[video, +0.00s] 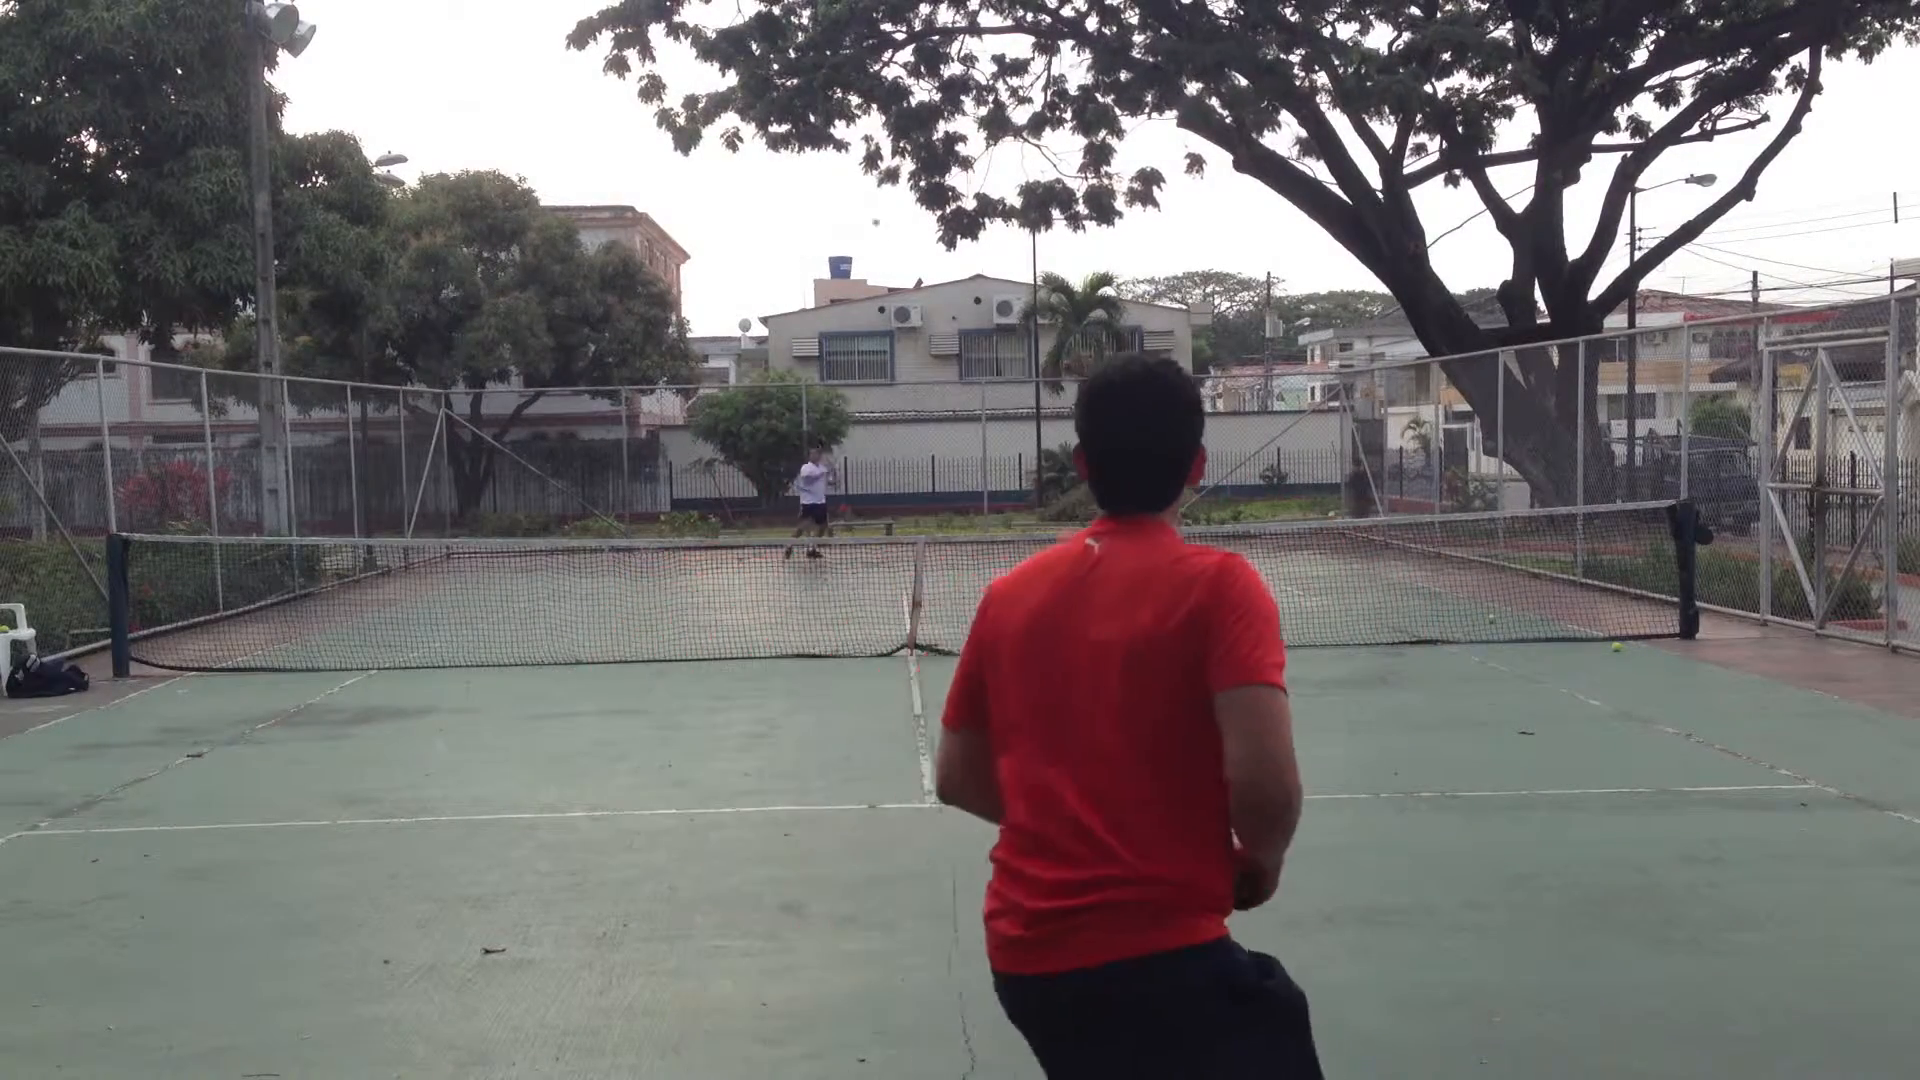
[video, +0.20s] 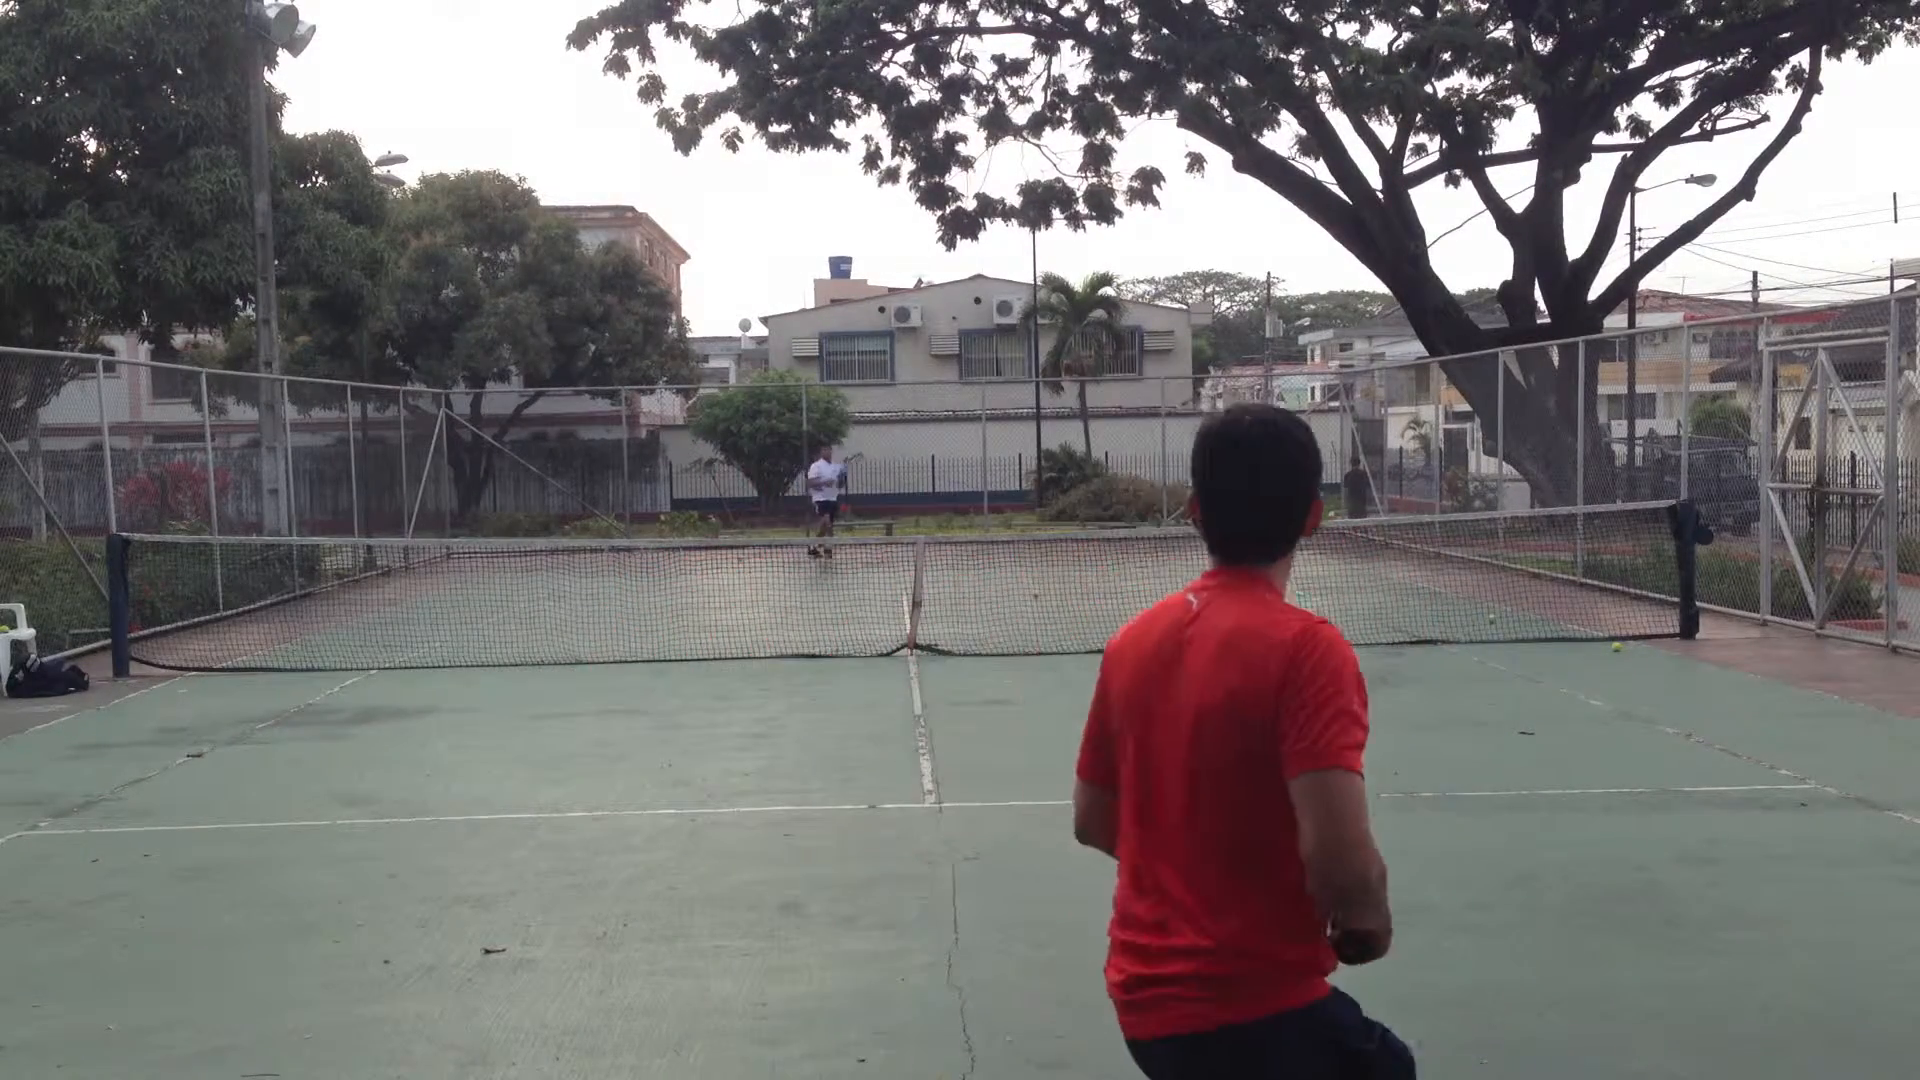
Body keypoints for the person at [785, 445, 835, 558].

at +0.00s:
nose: (815, 456)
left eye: (817, 453)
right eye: (813, 453)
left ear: (820, 455)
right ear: (809, 456)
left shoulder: (821, 468)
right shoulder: (806, 468)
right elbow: (807, 479)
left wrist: (829, 464)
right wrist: (822, 472)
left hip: (820, 501)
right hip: (808, 502)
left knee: (822, 526)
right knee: (804, 524)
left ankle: (813, 548)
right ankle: (790, 545)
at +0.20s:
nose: (827, 452)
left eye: (829, 450)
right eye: (825, 450)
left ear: (831, 451)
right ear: (821, 452)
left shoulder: (835, 467)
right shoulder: (816, 466)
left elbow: (840, 485)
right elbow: (810, 482)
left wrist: (843, 476)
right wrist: (825, 482)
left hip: (832, 498)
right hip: (821, 498)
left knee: (827, 524)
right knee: (827, 523)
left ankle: (815, 546)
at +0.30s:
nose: (835, 452)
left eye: (836, 449)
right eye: (832, 449)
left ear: (837, 451)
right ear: (827, 451)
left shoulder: (841, 465)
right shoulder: (821, 465)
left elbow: (846, 480)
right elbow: (814, 480)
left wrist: (846, 480)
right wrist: (828, 483)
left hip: (840, 497)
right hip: (827, 497)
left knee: (835, 523)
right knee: (834, 522)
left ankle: (817, 545)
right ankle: (838, 548)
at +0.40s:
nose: (839, 453)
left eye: (840, 451)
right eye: (836, 451)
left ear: (843, 452)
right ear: (831, 453)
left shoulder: (848, 466)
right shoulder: (826, 468)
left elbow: (853, 483)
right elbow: (821, 484)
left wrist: (852, 481)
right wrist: (833, 485)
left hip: (847, 499)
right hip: (834, 500)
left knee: (847, 525)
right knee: (839, 523)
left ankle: (829, 543)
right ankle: (839, 547)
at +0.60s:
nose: (851, 453)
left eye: (853, 450)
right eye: (849, 451)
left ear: (855, 451)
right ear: (845, 452)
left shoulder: (862, 464)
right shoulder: (840, 466)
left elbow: (868, 482)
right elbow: (837, 482)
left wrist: (867, 477)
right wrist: (849, 483)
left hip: (861, 498)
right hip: (847, 499)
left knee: (870, 520)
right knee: (844, 524)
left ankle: (867, 543)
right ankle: (839, 546)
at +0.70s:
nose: (860, 454)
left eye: (862, 451)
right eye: (858, 452)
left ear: (864, 452)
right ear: (854, 453)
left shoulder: (870, 465)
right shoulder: (847, 466)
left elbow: (876, 483)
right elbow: (843, 484)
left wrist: (874, 477)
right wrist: (855, 482)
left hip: (869, 499)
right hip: (853, 500)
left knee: (879, 522)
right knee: (848, 523)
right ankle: (841, 547)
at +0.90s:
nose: (874, 454)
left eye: (876, 452)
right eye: (872, 452)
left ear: (879, 451)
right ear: (868, 452)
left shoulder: (887, 464)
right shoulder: (863, 466)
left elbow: (893, 480)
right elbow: (856, 482)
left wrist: (886, 476)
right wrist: (869, 482)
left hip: (884, 499)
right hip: (868, 500)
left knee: (889, 522)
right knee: (860, 522)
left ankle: (888, 545)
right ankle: (854, 544)